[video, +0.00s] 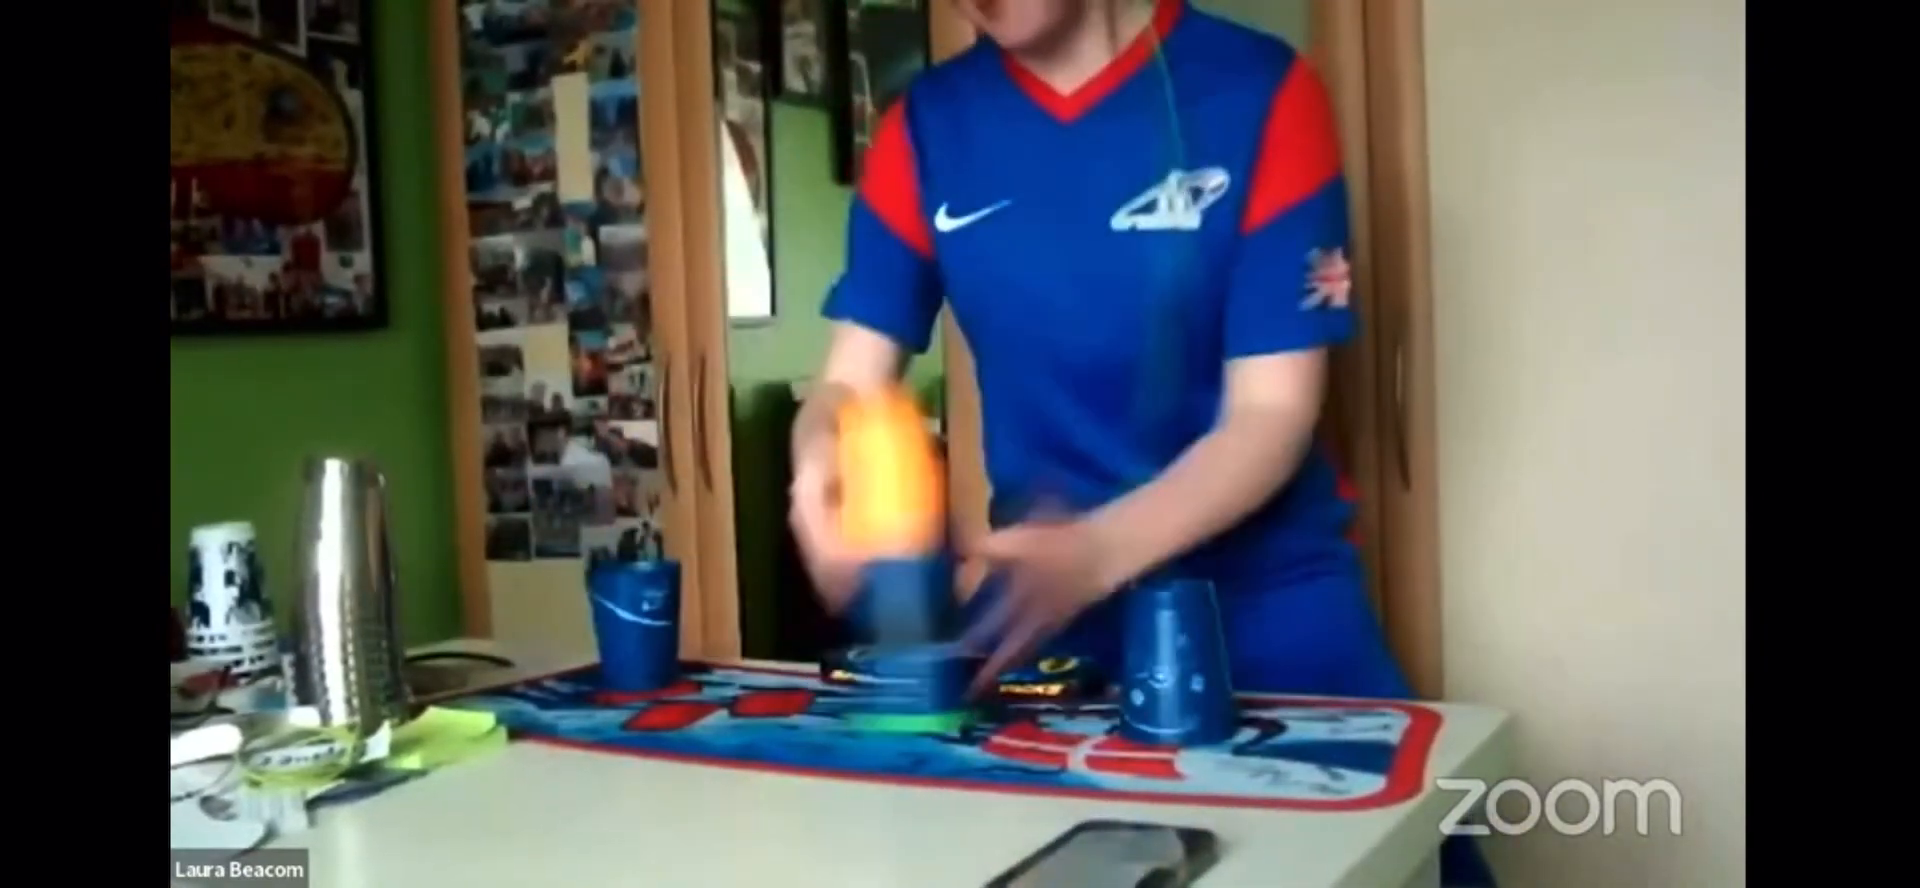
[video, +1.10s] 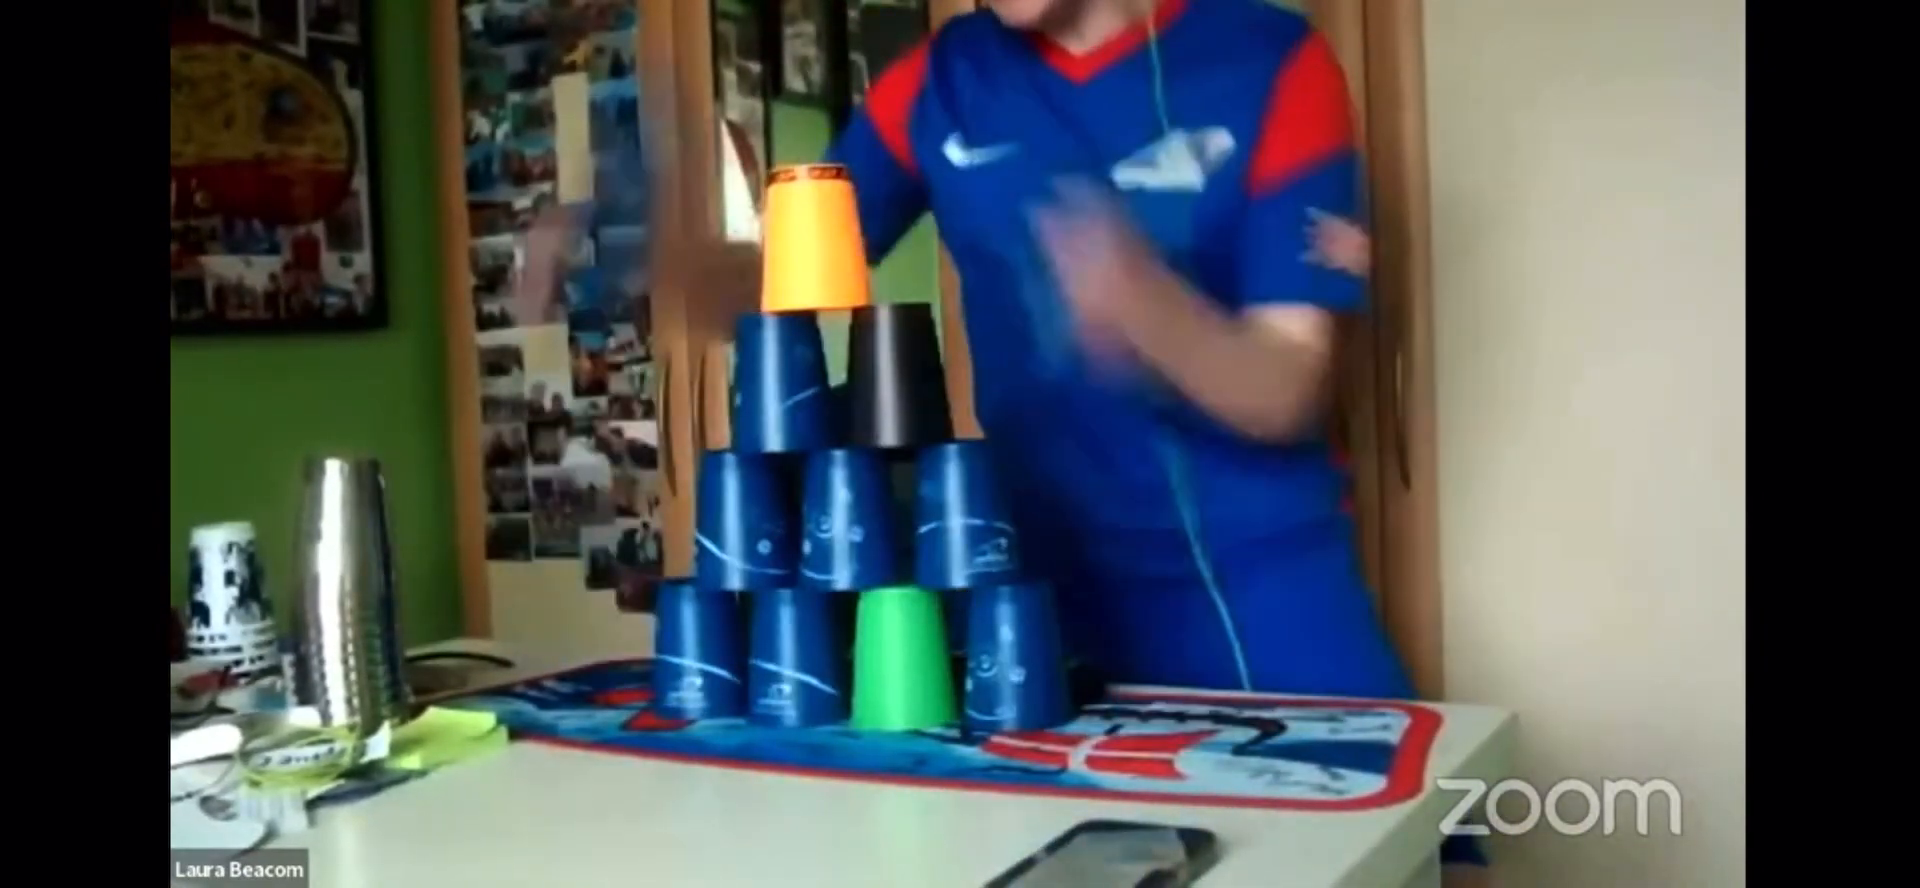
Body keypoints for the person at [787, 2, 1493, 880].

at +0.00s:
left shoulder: (1258, 95)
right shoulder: (928, 128)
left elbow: (1273, 412)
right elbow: (852, 380)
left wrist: (1098, 550)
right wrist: (828, 465)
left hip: (1266, 606)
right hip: (1048, 625)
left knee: (1382, 860)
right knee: (1057, 871)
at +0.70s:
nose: (961, 0)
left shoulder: (1245, 55)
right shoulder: (935, 106)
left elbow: (1274, 379)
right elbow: (897, 376)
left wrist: (1093, 434)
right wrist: (805, 358)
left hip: (1267, 578)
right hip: (1059, 591)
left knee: (1391, 850)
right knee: (1078, 864)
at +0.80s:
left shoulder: (1250, 51)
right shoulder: (936, 102)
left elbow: (1269, 378)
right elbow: (898, 372)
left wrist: (1064, 391)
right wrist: (773, 290)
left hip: (1272, 603)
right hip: (1045, 622)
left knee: (1369, 855)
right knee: (1073, 868)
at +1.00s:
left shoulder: (1284, 95)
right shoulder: (947, 95)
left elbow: (1316, 410)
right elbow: (726, 274)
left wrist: (1245, 567)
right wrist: (608, 442)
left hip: (1277, 649)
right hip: (1045, 668)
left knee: (1337, 869)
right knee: (1073, 873)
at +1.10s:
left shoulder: (1270, 64)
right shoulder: (943, 81)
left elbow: (1284, 392)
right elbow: (780, 284)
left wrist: (1143, 302)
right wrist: (653, 256)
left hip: (1266, 638)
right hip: (1049, 642)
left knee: (1346, 863)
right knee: (1082, 870)